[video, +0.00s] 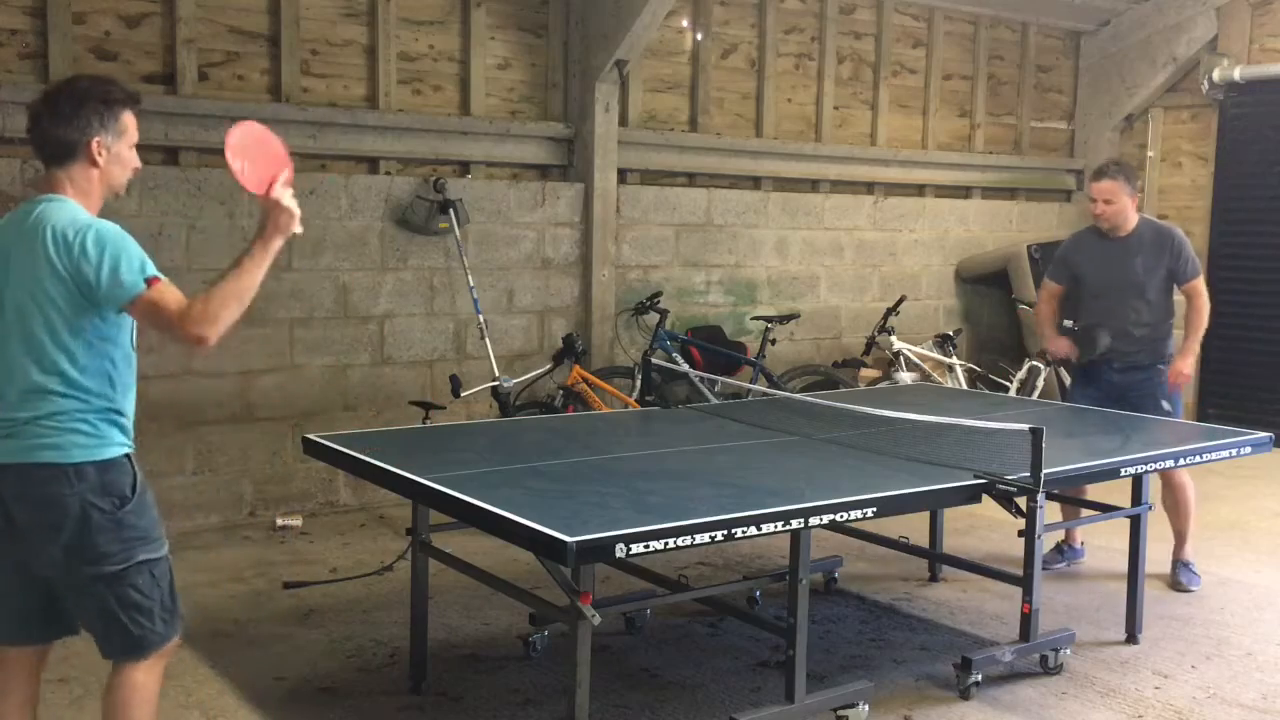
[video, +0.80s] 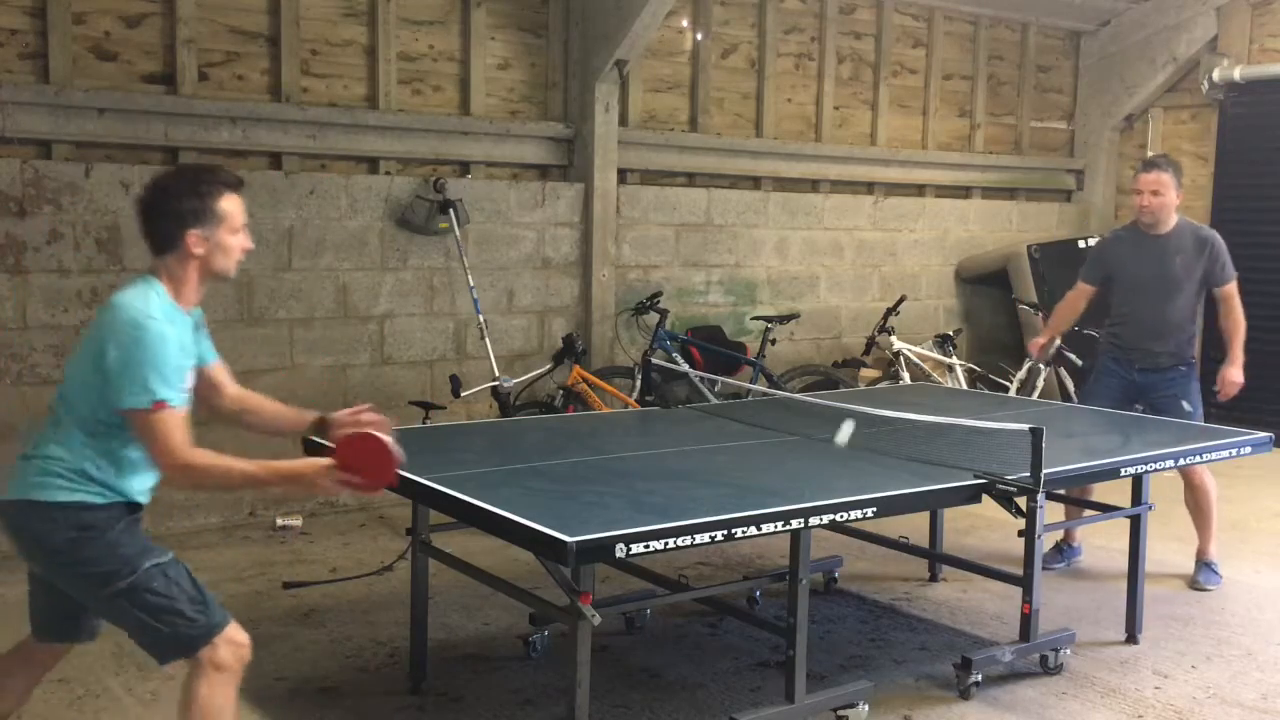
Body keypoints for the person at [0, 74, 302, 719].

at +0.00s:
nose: (139, 163)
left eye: (138, 146)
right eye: (132, 145)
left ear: (72, 147)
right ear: (96, 149)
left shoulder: (10, 230)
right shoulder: (88, 237)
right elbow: (201, 325)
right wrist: (272, 238)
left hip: (12, 470)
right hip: (83, 471)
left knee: (19, 647)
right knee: (146, 641)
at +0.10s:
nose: (149, 159)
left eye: (147, 143)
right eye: (142, 142)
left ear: (79, 149)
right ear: (104, 149)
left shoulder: (14, 236)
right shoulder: (98, 243)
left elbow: (27, 346)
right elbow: (202, 351)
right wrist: (274, 268)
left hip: (20, 467)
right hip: (86, 471)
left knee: (33, 649)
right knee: (129, 659)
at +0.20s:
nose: (164, 155)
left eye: (162, 141)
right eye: (157, 140)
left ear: (99, 151)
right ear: (121, 151)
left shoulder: (31, 235)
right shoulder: (113, 251)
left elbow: (30, 356)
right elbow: (188, 376)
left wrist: (109, 454)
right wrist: (287, 328)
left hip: (22, 464)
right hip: (82, 471)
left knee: (50, 643)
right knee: (119, 664)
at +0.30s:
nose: (178, 159)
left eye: (176, 144)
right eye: (171, 144)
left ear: (119, 154)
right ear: (136, 155)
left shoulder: (48, 232)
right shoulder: (121, 256)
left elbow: (71, 357)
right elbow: (172, 393)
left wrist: (151, 414)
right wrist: (283, 384)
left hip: (21, 460)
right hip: (74, 471)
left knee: (55, 620)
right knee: (114, 660)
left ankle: (19, 714)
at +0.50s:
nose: (195, 170)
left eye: (191, 154)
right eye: (186, 154)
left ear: (139, 167)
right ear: (149, 168)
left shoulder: (83, 236)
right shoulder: (112, 258)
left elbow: (124, 367)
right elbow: (111, 410)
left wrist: (209, 406)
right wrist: (221, 433)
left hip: (26, 461)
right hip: (61, 471)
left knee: (24, 623)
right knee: (121, 654)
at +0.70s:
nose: (211, 226)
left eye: (207, 210)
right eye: (200, 211)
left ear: (161, 226)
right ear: (158, 224)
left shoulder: (142, 300)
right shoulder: (106, 310)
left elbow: (184, 398)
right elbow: (101, 452)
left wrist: (266, 434)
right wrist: (218, 473)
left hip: (59, 495)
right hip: (51, 503)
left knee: (43, 632)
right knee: (199, 643)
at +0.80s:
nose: (250, 243)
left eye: (247, 228)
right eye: (240, 228)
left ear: (198, 242)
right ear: (196, 241)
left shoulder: (183, 313)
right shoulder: (144, 319)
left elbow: (225, 397)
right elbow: (176, 462)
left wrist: (319, 424)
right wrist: (309, 474)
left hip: (86, 500)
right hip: (67, 506)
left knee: (51, 639)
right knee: (224, 648)